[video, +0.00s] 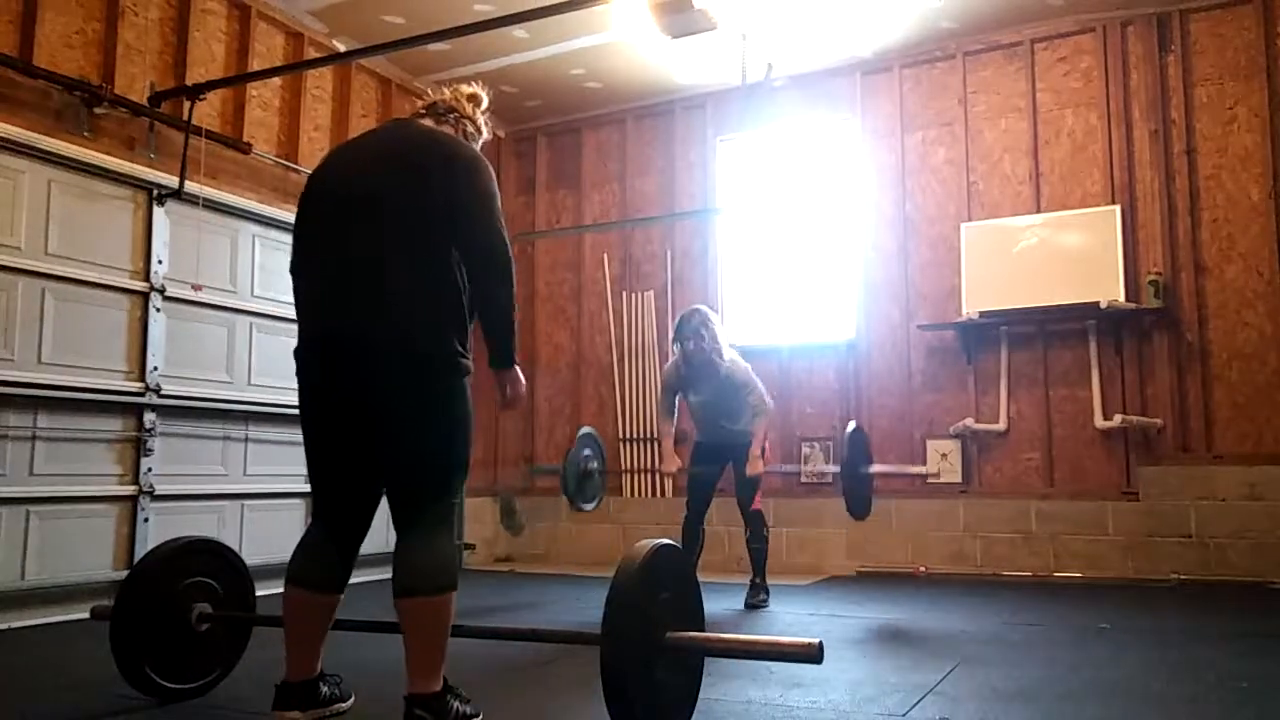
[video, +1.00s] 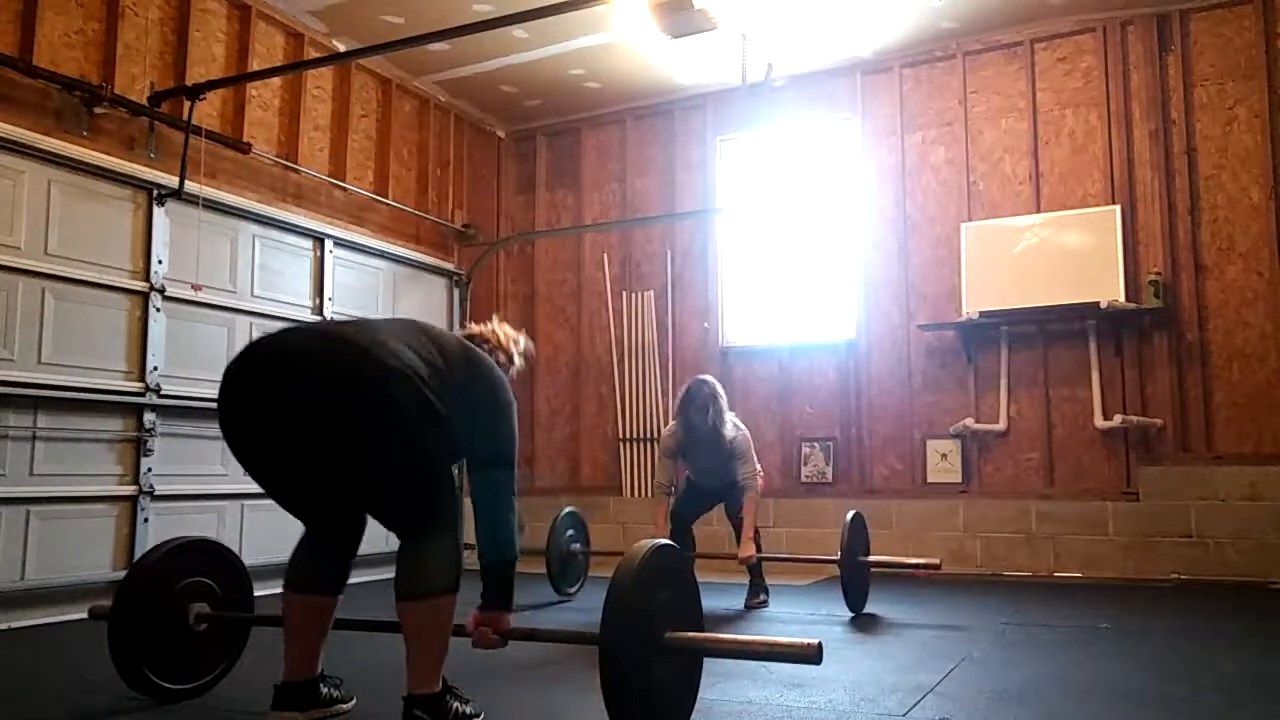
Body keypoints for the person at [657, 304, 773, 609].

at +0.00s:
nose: (692, 346)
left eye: (698, 339)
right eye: (686, 340)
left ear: (711, 338)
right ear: (679, 342)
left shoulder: (731, 366)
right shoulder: (675, 372)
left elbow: (763, 407)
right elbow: (666, 412)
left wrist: (755, 453)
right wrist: (668, 454)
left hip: (743, 441)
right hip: (707, 443)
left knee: (748, 506)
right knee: (694, 511)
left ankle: (758, 583)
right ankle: (685, 581)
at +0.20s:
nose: (695, 342)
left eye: (701, 335)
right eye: (688, 336)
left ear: (712, 332)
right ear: (679, 339)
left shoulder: (735, 358)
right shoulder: (674, 362)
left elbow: (776, 372)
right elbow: (661, 377)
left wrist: (758, 408)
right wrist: (665, 410)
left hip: (744, 440)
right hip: (705, 442)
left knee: (746, 504)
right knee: (692, 511)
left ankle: (758, 582)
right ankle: (685, 581)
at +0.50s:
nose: (691, 341)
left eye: (698, 333)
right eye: (685, 335)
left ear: (713, 332)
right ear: (678, 337)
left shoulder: (732, 360)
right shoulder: (673, 364)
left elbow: (775, 388)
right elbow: (657, 389)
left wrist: (758, 425)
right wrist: (664, 424)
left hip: (742, 442)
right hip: (703, 443)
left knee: (747, 506)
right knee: (691, 512)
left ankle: (758, 582)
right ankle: (684, 581)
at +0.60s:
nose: (692, 347)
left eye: (699, 340)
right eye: (686, 341)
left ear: (713, 339)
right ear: (679, 344)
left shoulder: (736, 372)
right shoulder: (671, 377)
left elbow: (764, 415)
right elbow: (661, 416)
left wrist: (756, 458)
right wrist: (664, 456)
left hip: (742, 444)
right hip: (704, 445)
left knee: (747, 506)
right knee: (690, 511)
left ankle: (758, 583)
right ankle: (684, 582)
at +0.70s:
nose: (693, 363)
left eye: (701, 354)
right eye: (685, 357)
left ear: (716, 355)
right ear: (678, 362)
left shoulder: (733, 387)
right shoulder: (674, 392)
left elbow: (755, 439)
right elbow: (664, 440)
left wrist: (753, 487)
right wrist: (666, 484)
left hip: (741, 448)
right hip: (704, 451)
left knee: (748, 508)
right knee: (687, 514)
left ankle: (758, 584)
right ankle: (683, 584)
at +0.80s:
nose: (695, 385)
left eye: (701, 376)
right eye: (687, 379)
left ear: (714, 376)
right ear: (678, 383)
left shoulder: (732, 405)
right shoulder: (672, 412)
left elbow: (750, 454)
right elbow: (663, 459)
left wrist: (749, 510)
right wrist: (663, 509)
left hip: (741, 461)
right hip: (705, 463)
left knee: (747, 519)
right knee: (680, 516)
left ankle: (758, 585)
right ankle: (683, 584)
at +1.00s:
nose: (706, 418)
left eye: (711, 410)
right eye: (700, 411)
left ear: (719, 407)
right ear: (687, 409)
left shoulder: (735, 434)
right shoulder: (673, 437)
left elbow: (751, 484)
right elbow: (662, 487)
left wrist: (748, 539)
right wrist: (661, 535)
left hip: (734, 486)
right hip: (700, 487)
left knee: (741, 521)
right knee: (679, 518)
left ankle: (757, 585)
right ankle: (684, 584)